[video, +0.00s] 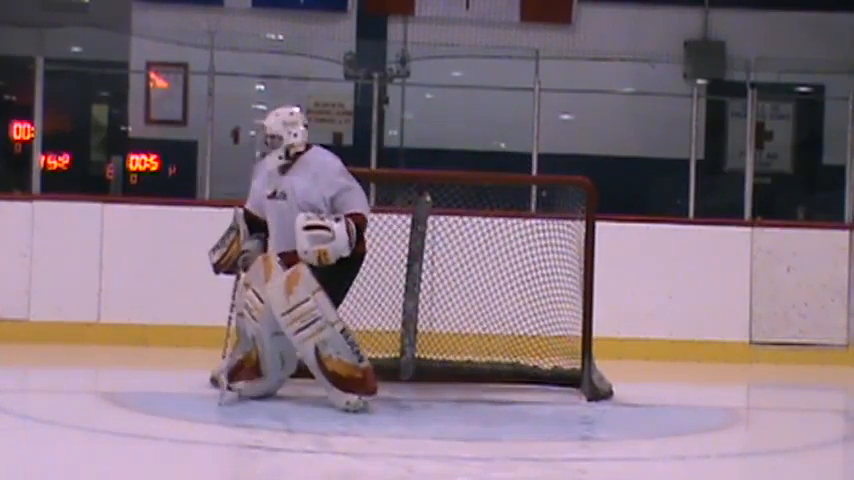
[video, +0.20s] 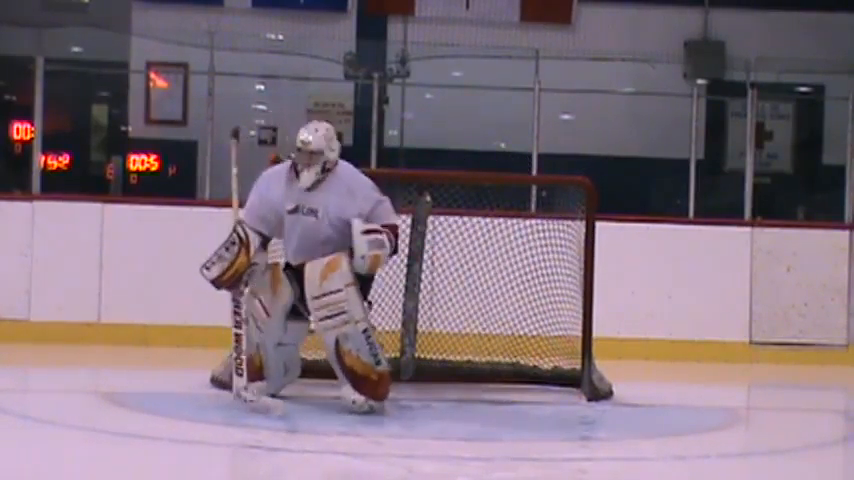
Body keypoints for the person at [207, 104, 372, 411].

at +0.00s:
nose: (268, 143)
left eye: (273, 138)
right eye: (267, 137)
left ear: (292, 137)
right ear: (267, 136)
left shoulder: (325, 165)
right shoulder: (266, 169)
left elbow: (357, 206)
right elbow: (254, 218)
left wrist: (343, 234)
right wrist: (235, 249)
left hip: (333, 256)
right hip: (285, 257)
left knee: (311, 316)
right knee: (263, 310)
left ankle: (353, 385)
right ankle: (255, 377)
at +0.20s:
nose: (304, 161)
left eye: (312, 155)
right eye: (300, 154)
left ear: (330, 156)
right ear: (294, 152)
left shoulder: (353, 184)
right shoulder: (275, 180)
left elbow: (387, 225)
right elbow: (253, 228)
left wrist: (377, 243)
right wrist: (236, 260)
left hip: (344, 271)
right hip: (294, 270)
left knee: (345, 325)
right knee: (275, 324)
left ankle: (363, 388)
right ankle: (265, 376)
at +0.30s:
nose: (342, 171)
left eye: (351, 165)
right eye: (336, 164)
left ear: (363, 167)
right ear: (327, 162)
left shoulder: (378, 198)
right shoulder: (295, 188)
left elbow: (407, 223)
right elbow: (269, 231)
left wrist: (412, 246)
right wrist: (254, 267)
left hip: (362, 270)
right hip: (311, 270)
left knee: (368, 326)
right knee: (287, 322)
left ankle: (387, 391)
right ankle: (277, 382)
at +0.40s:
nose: (381, 174)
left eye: (389, 168)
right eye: (375, 166)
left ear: (401, 169)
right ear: (363, 164)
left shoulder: (418, 204)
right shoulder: (329, 188)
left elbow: (443, 261)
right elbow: (297, 233)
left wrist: (447, 242)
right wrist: (280, 269)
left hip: (386, 275)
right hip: (333, 270)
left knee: (400, 325)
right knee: (298, 321)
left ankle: (414, 389)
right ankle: (265, 375)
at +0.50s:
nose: (410, 175)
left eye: (417, 169)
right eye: (403, 167)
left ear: (429, 170)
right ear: (390, 166)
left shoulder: (444, 206)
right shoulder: (359, 189)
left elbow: (461, 254)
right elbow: (324, 230)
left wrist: (474, 244)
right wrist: (310, 266)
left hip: (405, 278)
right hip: (354, 271)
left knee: (423, 328)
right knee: (321, 324)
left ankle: (441, 391)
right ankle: (282, 374)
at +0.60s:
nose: (429, 172)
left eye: (436, 164)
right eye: (422, 164)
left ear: (447, 166)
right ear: (408, 163)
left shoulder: (463, 202)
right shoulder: (377, 189)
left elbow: (481, 253)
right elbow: (343, 233)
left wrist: (492, 243)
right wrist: (330, 272)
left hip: (428, 279)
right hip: (376, 275)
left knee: (448, 334)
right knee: (348, 337)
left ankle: (466, 401)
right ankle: (299, 387)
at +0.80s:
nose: (449, 158)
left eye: (456, 151)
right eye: (442, 151)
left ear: (468, 153)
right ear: (428, 152)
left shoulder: (486, 191)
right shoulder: (397, 181)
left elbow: (511, 255)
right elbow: (365, 235)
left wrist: (515, 238)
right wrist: (344, 278)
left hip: (460, 276)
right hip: (402, 273)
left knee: (463, 343)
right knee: (357, 330)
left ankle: (500, 412)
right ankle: (320, 398)